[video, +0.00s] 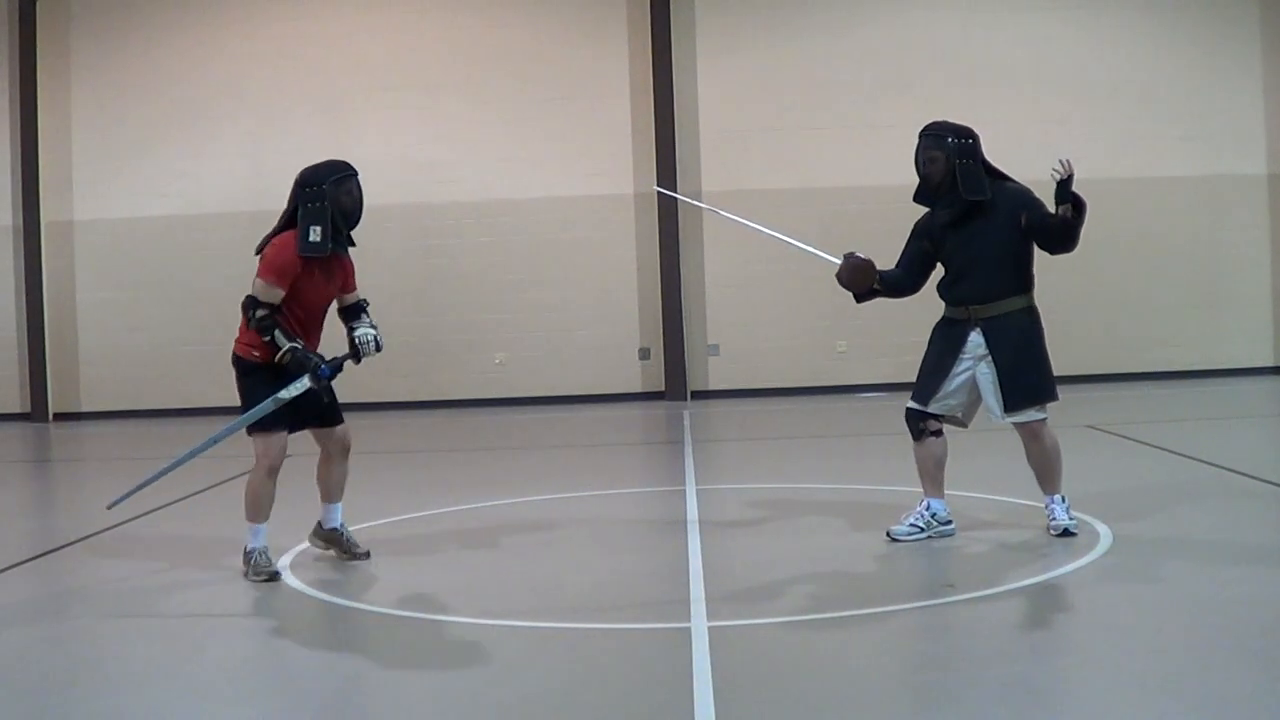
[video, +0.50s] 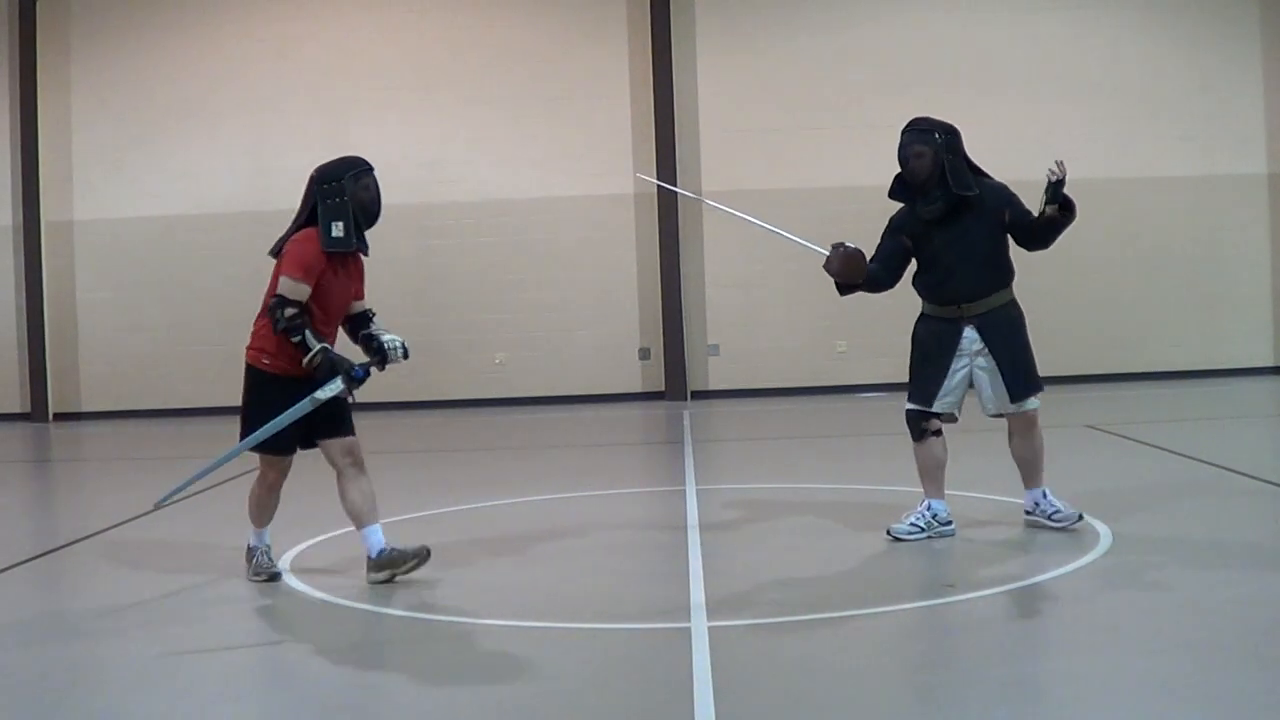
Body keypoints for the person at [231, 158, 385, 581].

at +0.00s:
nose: (354, 205)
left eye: (355, 196)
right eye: (346, 196)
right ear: (319, 201)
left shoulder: (338, 252)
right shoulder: (285, 249)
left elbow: (349, 301)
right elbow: (258, 313)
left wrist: (360, 324)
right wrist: (293, 353)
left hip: (303, 361)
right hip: (260, 362)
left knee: (337, 442)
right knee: (270, 456)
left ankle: (330, 526)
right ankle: (256, 549)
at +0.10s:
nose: (346, 199)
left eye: (348, 190)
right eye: (338, 190)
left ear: (337, 195)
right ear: (312, 193)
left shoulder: (330, 248)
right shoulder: (278, 244)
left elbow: (340, 298)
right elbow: (250, 306)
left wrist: (353, 320)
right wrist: (287, 347)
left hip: (302, 361)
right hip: (258, 364)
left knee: (343, 439)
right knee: (271, 459)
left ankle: (330, 523)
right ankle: (255, 549)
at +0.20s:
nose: (343, 193)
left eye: (344, 183)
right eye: (335, 184)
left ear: (334, 188)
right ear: (309, 188)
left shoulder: (328, 243)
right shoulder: (276, 240)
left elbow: (335, 298)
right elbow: (250, 303)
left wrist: (350, 319)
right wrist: (288, 344)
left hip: (304, 359)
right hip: (259, 363)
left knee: (341, 442)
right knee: (269, 460)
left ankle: (338, 532)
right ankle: (255, 550)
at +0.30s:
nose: (349, 189)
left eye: (349, 179)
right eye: (340, 181)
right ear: (313, 187)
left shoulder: (331, 241)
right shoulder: (282, 238)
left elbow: (337, 298)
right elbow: (257, 301)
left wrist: (353, 322)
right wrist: (293, 343)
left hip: (306, 359)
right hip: (262, 363)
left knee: (337, 447)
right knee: (269, 463)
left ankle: (359, 540)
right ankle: (256, 549)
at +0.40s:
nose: (359, 192)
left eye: (359, 183)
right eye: (350, 184)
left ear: (346, 189)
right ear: (323, 189)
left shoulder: (338, 248)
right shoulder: (292, 241)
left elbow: (343, 308)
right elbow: (269, 307)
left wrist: (363, 330)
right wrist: (310, 351)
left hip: (310, 363)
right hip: (266, 366)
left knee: (340, 450)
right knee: (270, 465)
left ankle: (372, 543)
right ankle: (257, 551)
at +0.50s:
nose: (373, 197)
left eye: (373, 188)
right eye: (364, 188)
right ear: (338, 194)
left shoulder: (351, 254)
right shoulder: (306, 244)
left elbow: (354, 314)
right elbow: (285, 313)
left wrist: (376, 340)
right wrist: (324, 358)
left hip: (320, 369)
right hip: (275, 370)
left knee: (349, 456)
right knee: (273, 469)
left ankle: (378, 552)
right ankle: (258, 549)